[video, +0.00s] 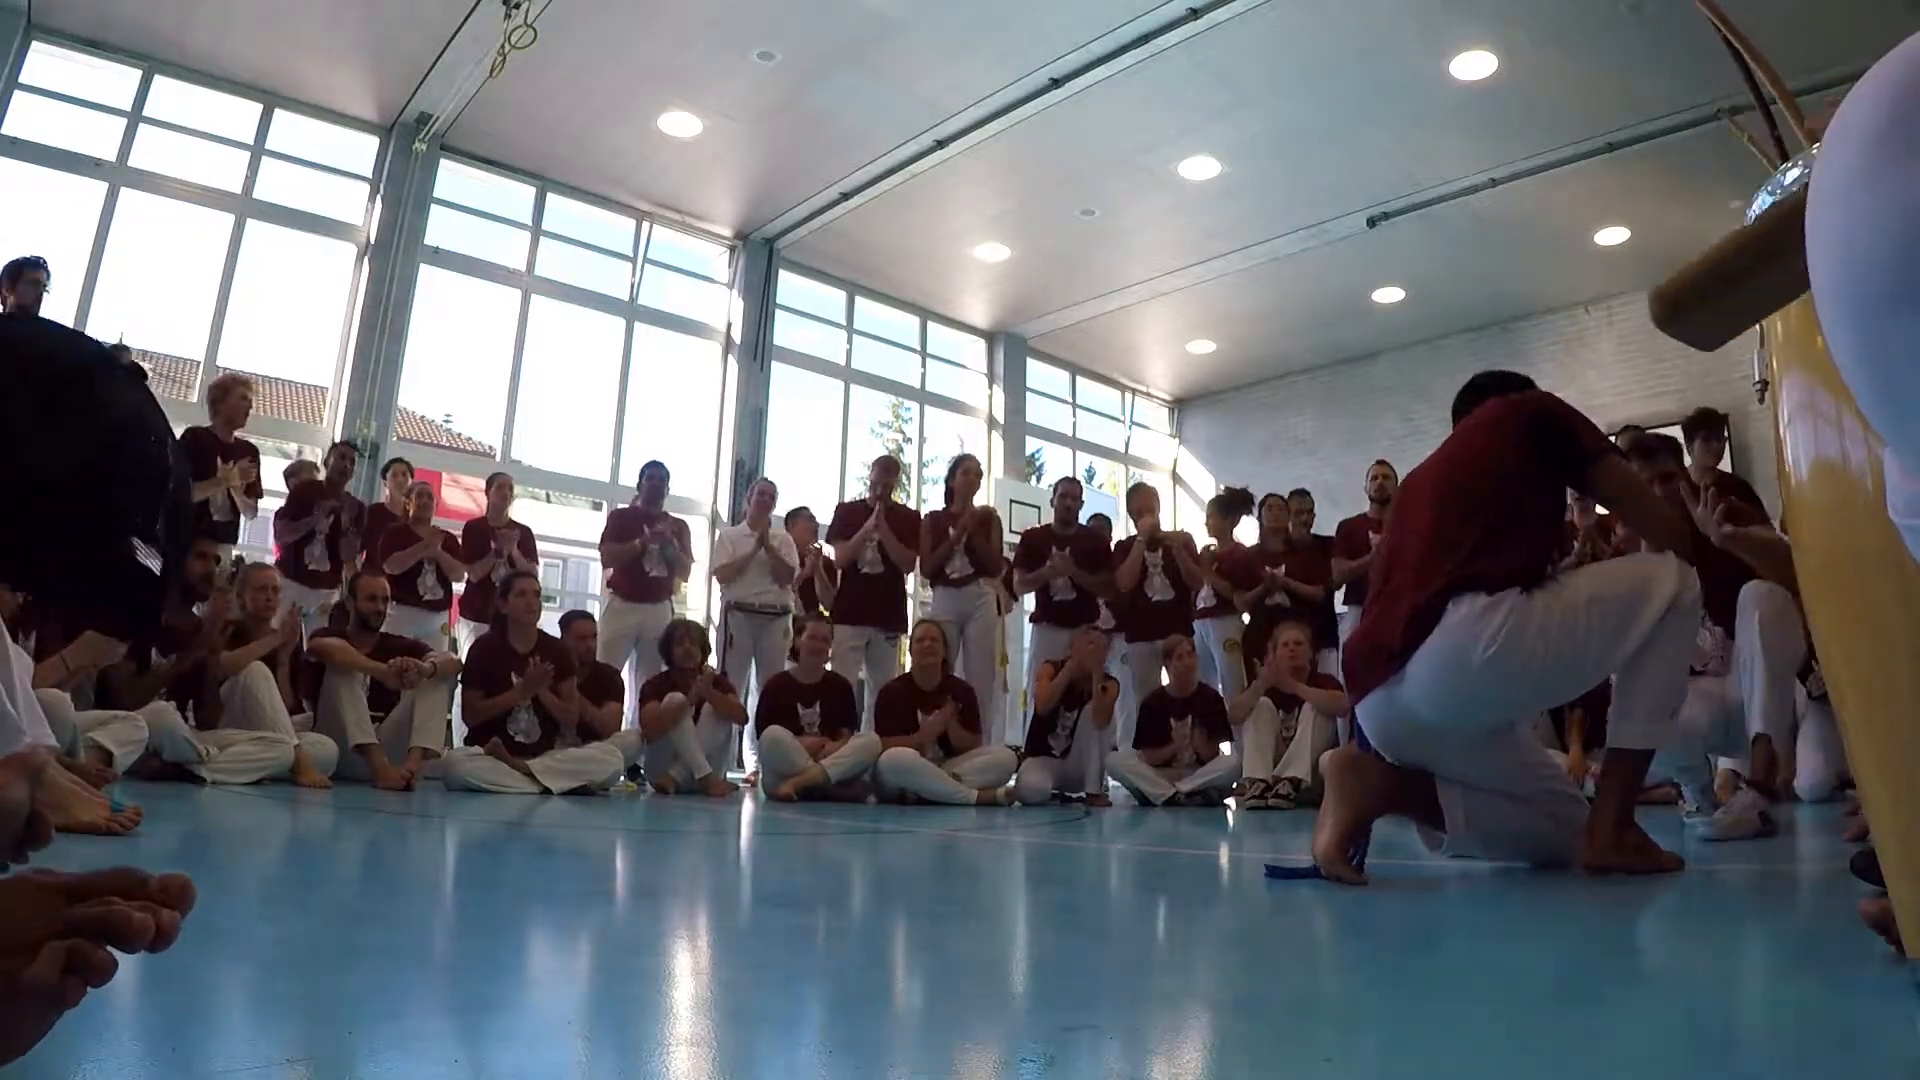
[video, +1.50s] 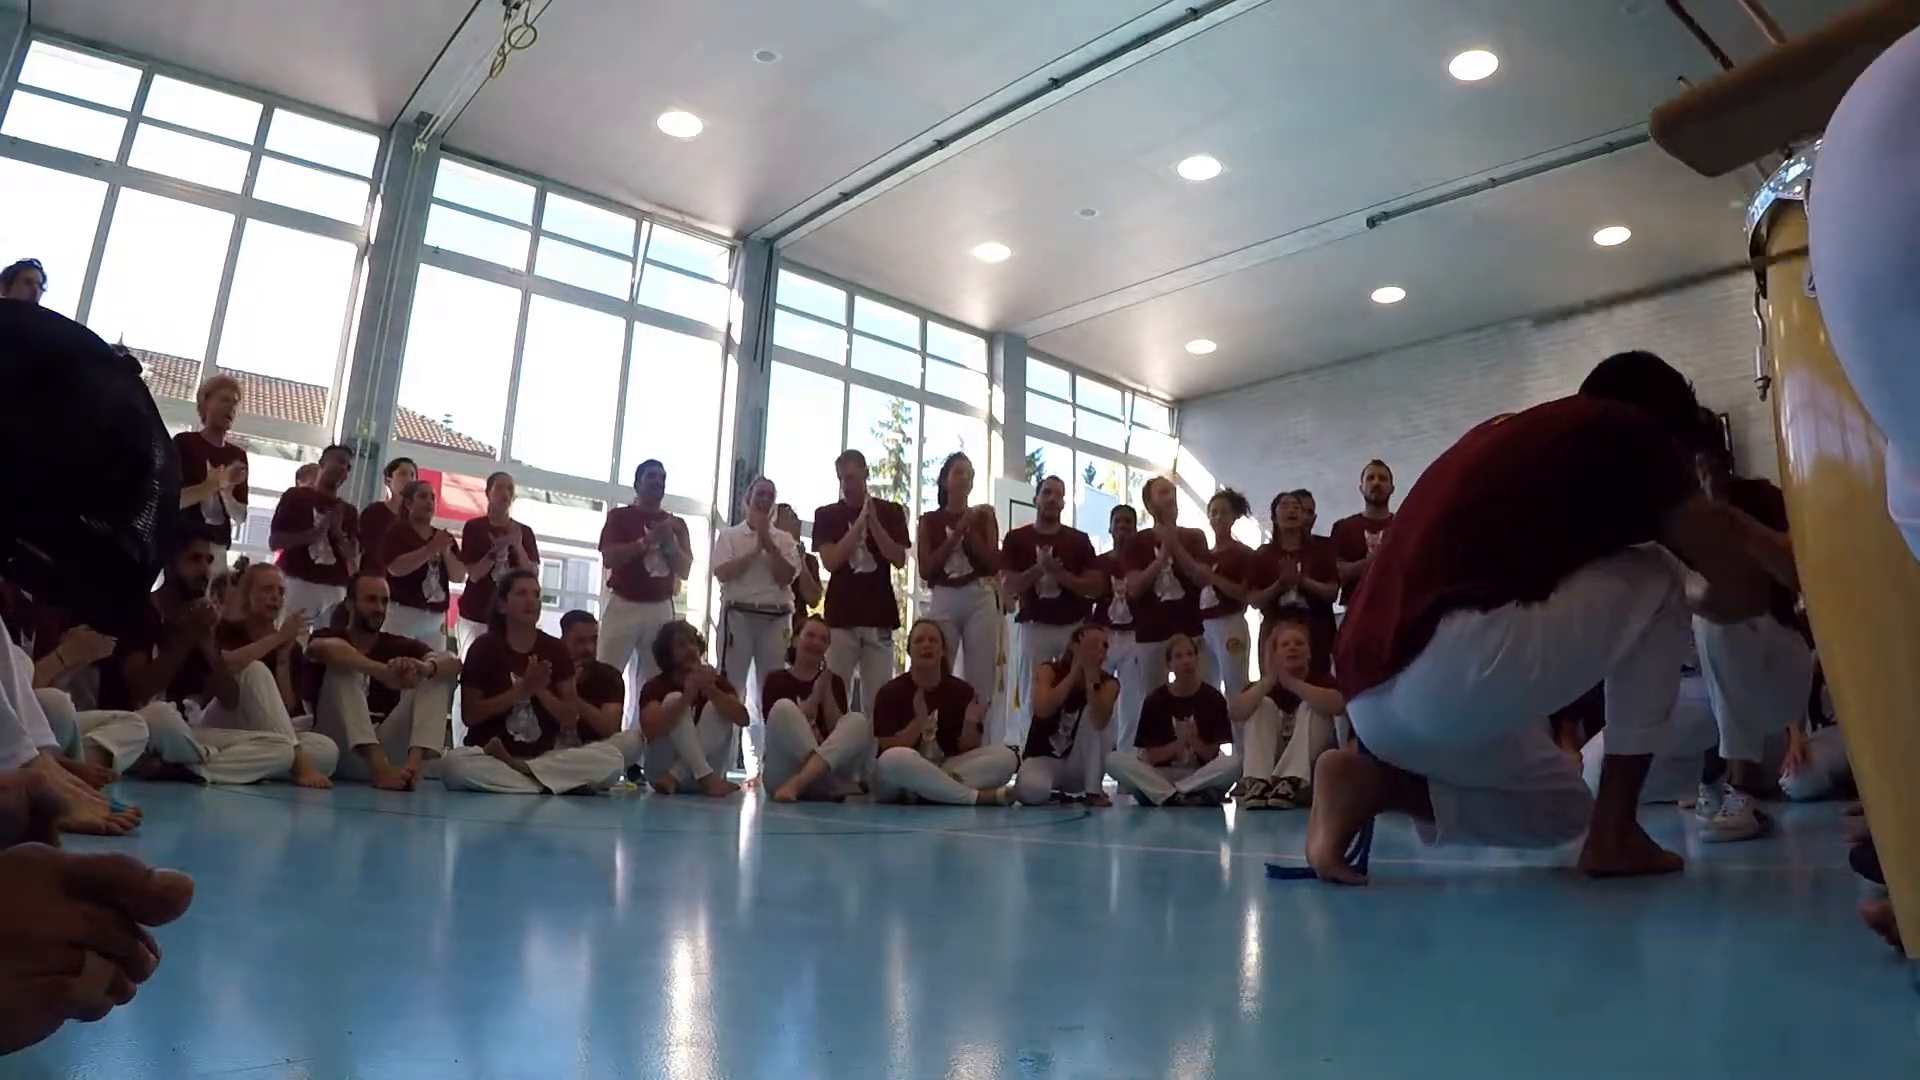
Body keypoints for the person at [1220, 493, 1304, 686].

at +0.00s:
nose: (1275, 511)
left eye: (1281, 508)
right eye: (1269, 508)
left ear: (1289, 516)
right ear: (1259, 516)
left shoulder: (1304, 553)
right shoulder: (1246, 557)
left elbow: (1319, 595)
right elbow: (1240, 603)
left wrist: (1285, 583)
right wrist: (1265, 587)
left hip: (1300, 631)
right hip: (1260, 631)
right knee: (1263, 699)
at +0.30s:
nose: (1270, 511)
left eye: (1276, 507)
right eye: (1264, 507)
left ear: (1284, 516)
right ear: (1255, 517)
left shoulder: (1300, 553)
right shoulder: (1245, 556)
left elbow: (1314, 592)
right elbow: (1233, 603)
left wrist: (1278, 579)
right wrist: (1250, 583)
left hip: (1293, 629)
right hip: (1253, 629)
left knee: (1292, 696)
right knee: (1257, 698)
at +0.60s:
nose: (1272, 515)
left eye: (1278, 510)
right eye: (1266, 510)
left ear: (1287, 517)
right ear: (1258, 519)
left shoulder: (1304, 554)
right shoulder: (1247, 557)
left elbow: (1319, 594)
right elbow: (1239, 604)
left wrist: (1282, 585)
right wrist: (1261, 588)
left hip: (1298, 629)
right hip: (1259, 630)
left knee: (1299, 692)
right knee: (1261, 694)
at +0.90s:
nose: (1287, 512)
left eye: (1292, 507)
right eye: (1281, 508)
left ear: (1298, 514)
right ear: (1269, 517)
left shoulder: (1314, 552)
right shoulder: (1256, 555)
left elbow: (1328, 592)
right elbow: (1247, 599)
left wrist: (1302, 580)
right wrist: (1277, 585)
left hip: (1312, 632)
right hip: (1270, 633)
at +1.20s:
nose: (1293, 511)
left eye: (1297, 507)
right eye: (1286, 507)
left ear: (1304, 515)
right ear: (1275, 516)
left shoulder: (1321, 551)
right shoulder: (1264, 553)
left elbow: (1334, 594)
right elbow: (1252, 598)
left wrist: (1307, 583)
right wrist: (1281, 589)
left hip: (1316, 630)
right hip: (1275, 630)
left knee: (1316, 692)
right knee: (1277, 692)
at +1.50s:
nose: (1291, 509)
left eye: (1296, 506)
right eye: (1284, 505)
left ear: (1304, 515)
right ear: (1274, 517)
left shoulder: (1321, 550)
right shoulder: (1263, 554)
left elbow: (1332, 592)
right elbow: (1254, 600)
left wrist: (1302, 580)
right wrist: (1280, 584)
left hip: (1316, 628)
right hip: (1275, 630)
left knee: (1316, 688)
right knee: (1277, 689)